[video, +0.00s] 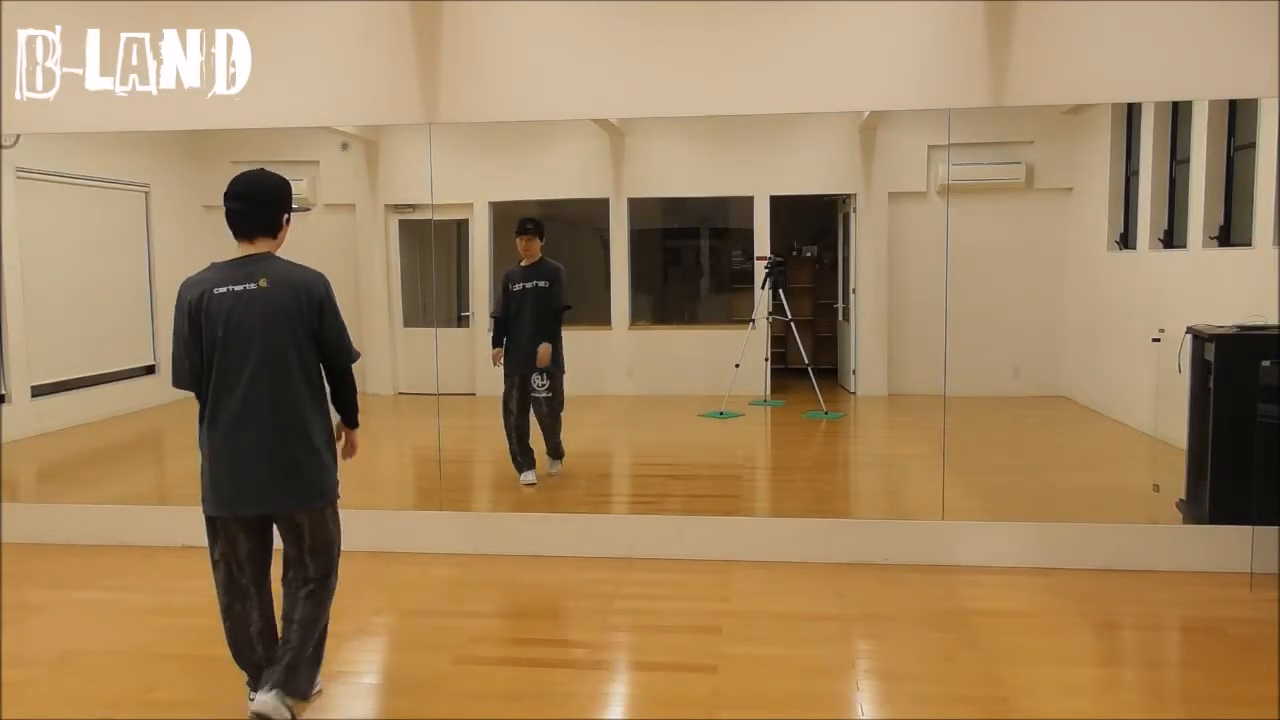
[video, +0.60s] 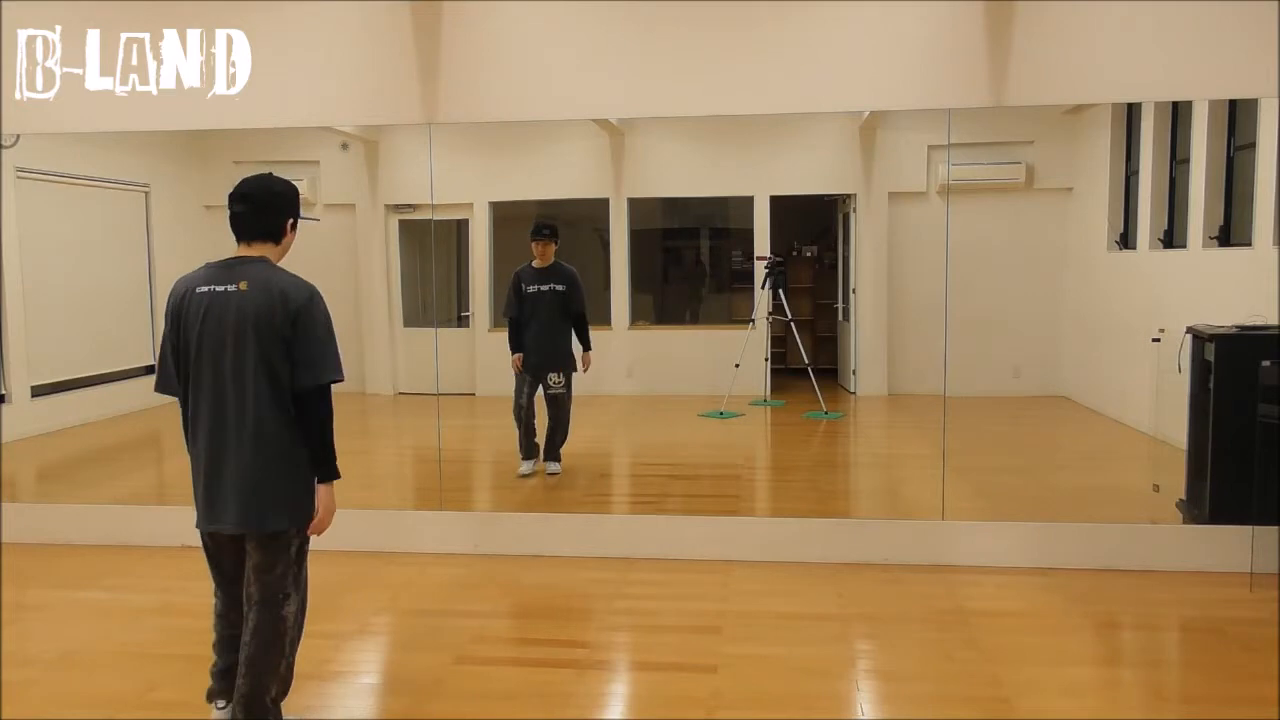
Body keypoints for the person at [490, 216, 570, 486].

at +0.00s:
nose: (525, 244)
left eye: (530, 239)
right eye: (521, 240)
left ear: (540, 242)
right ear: (516, 243)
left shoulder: (554, 271)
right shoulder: (510, 275)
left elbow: (558, 313)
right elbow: (502, 313)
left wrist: (548, 342)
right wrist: (497, 343)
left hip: (544, 353)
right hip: (516, 353)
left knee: (546, 408)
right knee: (515, 412)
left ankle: (555, 454)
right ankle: (525, 466)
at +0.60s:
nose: (540, 248)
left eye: (545, 244)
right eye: (536, 243)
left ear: (555, 246)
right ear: (531, 246)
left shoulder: (568, 275)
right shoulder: (520, 276)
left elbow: (578, 314)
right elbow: (513, 317)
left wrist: (585, 348)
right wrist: (515, 350)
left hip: (559, 353)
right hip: (528, 354)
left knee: (558, 408)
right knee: (521, 406)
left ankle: (553, 457)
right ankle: (529, 455)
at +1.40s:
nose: (526, 284)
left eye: (529, 279)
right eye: (521, 280)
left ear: (537, 270)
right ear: (514, 274)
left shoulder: (553, 289)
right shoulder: (509, 291)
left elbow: (561, 330)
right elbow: (504, 332)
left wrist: (564, 367)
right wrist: (505, 367)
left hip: (549, 359)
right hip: (521, 360)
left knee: (547, 405)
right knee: (520, 410)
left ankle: (551, 449)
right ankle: (531, 457)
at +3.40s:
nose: (513, 287)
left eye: (518, 283)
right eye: (509, 283)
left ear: (527, 274)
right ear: (503, 276)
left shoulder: (547, 283)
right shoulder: (498, 282)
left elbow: (563, 321)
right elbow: (488, 320)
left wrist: (558, 359)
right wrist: (483, 357)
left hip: (542, 360)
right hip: (512, 358)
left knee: (539, 418)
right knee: (507, 415)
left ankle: (535, 467)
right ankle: (506, 469)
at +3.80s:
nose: (522, 285)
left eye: (525, 280)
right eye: (517, 281)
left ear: (535, 271)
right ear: (511, 275)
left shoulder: (553, 287)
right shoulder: (507, 289)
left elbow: (575, 317)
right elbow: (499, 315)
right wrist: (483, 327)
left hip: (546, 356)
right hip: (517, 355)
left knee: (541, 411)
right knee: (500, 414)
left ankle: (556, 443)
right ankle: (505, 469)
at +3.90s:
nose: (528, 272)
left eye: (532, 266)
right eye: (524, 267)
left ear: (542, 259)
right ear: (518, 263)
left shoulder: (564, 279)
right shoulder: (514, 282)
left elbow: (592, 296)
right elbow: (493, 300)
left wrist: (600, 302)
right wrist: (472, 306)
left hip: (555, 362)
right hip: (524, 361)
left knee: (566, 415)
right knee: (509, 414)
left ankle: (589, 452)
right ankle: (506, 469)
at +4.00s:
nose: (537, 268)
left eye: (541, 262)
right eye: (532, 263)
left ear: (550, 255)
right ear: (526, 260)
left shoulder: (571, 275)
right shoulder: (521, 282)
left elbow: (605, 286)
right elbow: (490, 298)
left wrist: (633, 297)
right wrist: (459, 306)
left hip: (569, 358)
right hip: (537, 358)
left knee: (585, 412)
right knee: (520, 409)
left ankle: (608, 462)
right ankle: (512, 466)